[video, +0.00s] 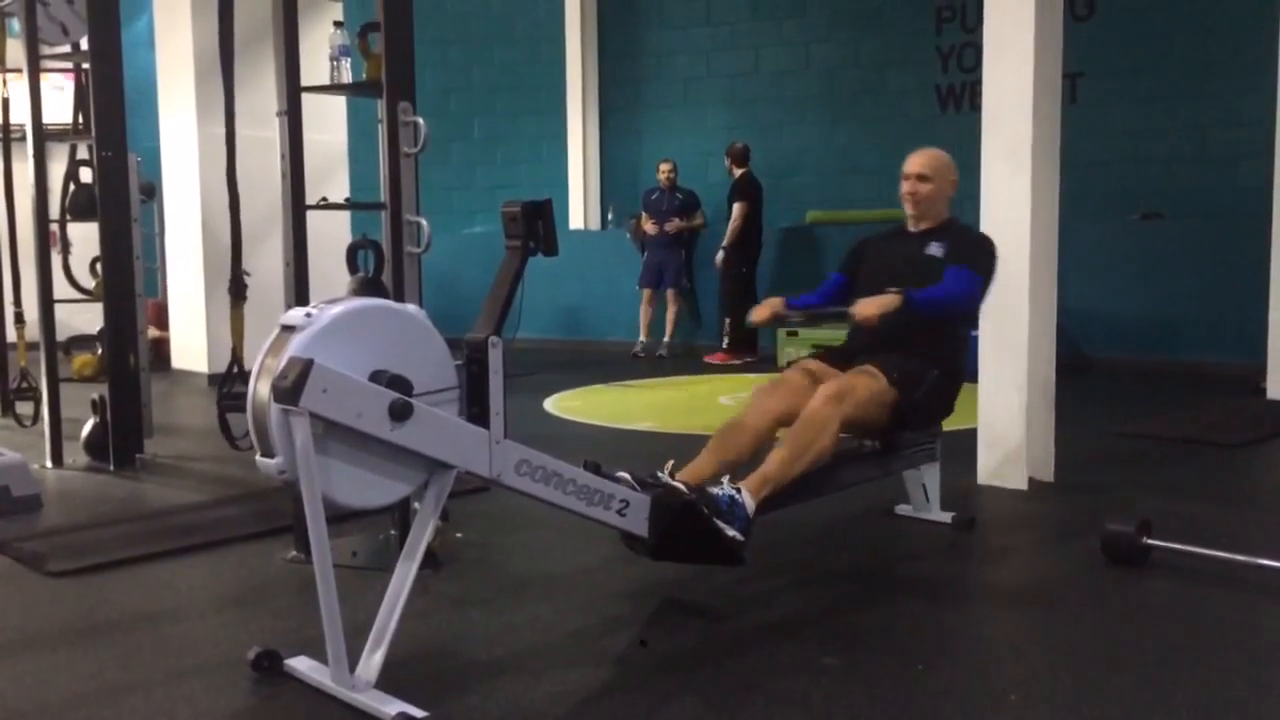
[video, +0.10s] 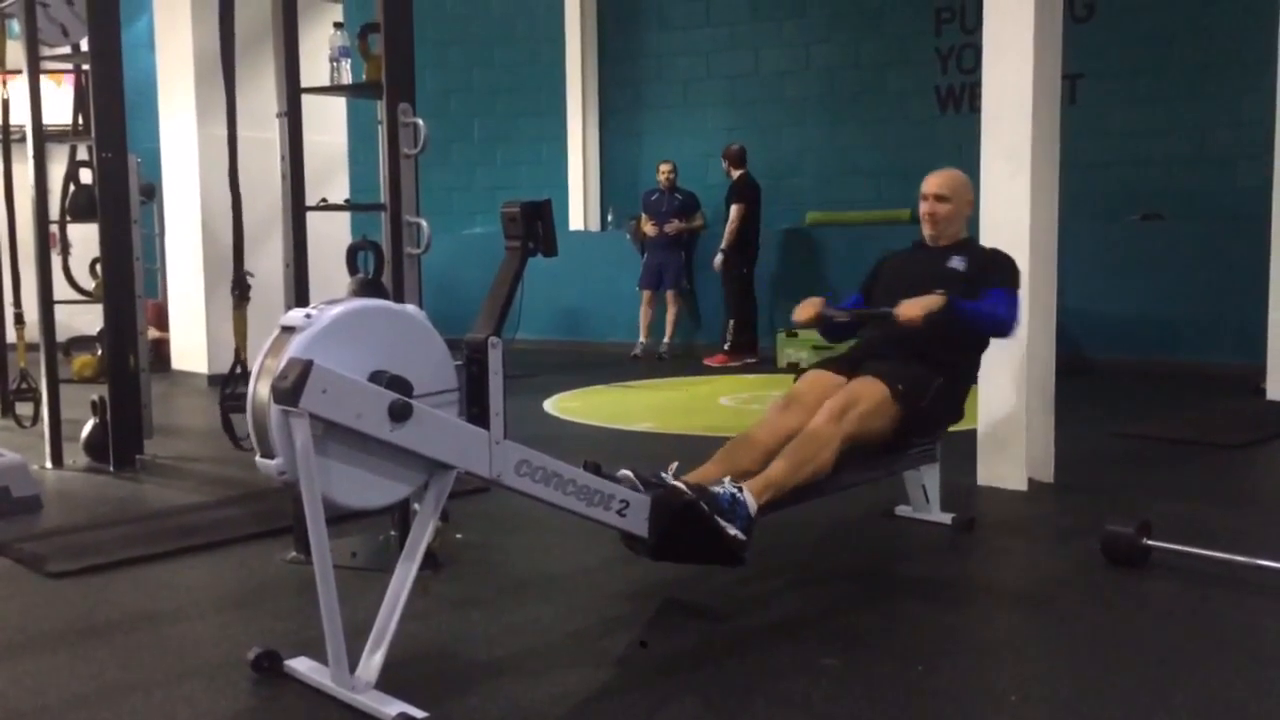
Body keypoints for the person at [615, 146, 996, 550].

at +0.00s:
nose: (910, 188)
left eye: (923, 180)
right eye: (905, 179)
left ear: (951, 188)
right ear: (900, 186)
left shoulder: (972, 244)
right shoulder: (873, 247)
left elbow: (957, 295)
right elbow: (830, 297)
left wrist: (898, 299)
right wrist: (785, 304)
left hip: (923, 364)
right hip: (858, 356)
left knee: (832, 397)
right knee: (776, 391)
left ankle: (744, 501)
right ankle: (679, 484)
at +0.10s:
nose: (929, 209)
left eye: (941, 200)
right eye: (924, 199)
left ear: (968, 208)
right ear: (918, 204)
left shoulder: (991, 264)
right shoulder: (895, 262)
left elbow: (1003, 319)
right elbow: (854, 319)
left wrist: (943, 305)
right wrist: (824, 315)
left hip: (925, 365)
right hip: (864, 354)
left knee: (836, 413)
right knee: (792, 405)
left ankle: (745, 502)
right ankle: (683, 488)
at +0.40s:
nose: (900, 205)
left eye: (911, 194)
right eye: (894, 195)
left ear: (940, 194)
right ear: (889, 196)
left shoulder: (976, 256)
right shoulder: (874, 256)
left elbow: (997, 325)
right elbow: (835, 322)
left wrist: (937, 302)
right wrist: (813, 310)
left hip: (926, 378)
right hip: (861, 368)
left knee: (835, 399)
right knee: (789, 391)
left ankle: (747, 507)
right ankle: (694, 490)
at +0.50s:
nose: (864, 197)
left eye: (876, 187)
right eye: (858, 188)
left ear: (907, 188)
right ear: (852, 192)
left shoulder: (943, 248)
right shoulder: (842, 251)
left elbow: (946, 321)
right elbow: (802, 307)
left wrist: (879, 318)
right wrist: (764, 319)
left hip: (915, 379)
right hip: (845, 371)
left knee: (828, 388)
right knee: (760, 380)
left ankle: (746, 509)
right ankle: (687, 493)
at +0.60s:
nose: (823, 203)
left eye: (836, 191)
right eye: (817, 192)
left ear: (868, 191)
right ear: (811, 195)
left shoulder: (902, 251)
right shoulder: (806, 254)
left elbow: (894, 320)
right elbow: (758, 306)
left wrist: (818, 348)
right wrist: (706, 337)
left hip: (899, 391)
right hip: (826, 388)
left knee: (817, 381)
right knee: (732, 383)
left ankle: (744, 509)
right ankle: (682, 492)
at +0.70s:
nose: (782, 210)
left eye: (796, 199)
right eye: (777, 199)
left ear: (829, 201)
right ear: (772, 203)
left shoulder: (864, 257)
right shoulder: (771, 260)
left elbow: (834, 331)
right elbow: (711, 309)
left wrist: (766, 368)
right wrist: (651, 354)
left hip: (877, 406)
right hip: (800, 400)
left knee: (807, 361)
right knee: (711, 348)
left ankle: (741, 508)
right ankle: (680, 491)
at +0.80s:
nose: (749, 217)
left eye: (762, 207)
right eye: (745, 207)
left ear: (799, 212)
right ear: (741, 210)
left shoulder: (835, 263)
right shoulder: (740, 268)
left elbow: (795, 329)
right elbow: (675, 312)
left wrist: (721, 368)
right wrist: (607, 353)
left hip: (863, 414)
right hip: (789, 414)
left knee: (794, 355)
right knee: (691, 342)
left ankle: (740, 505)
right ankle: (681, 491)